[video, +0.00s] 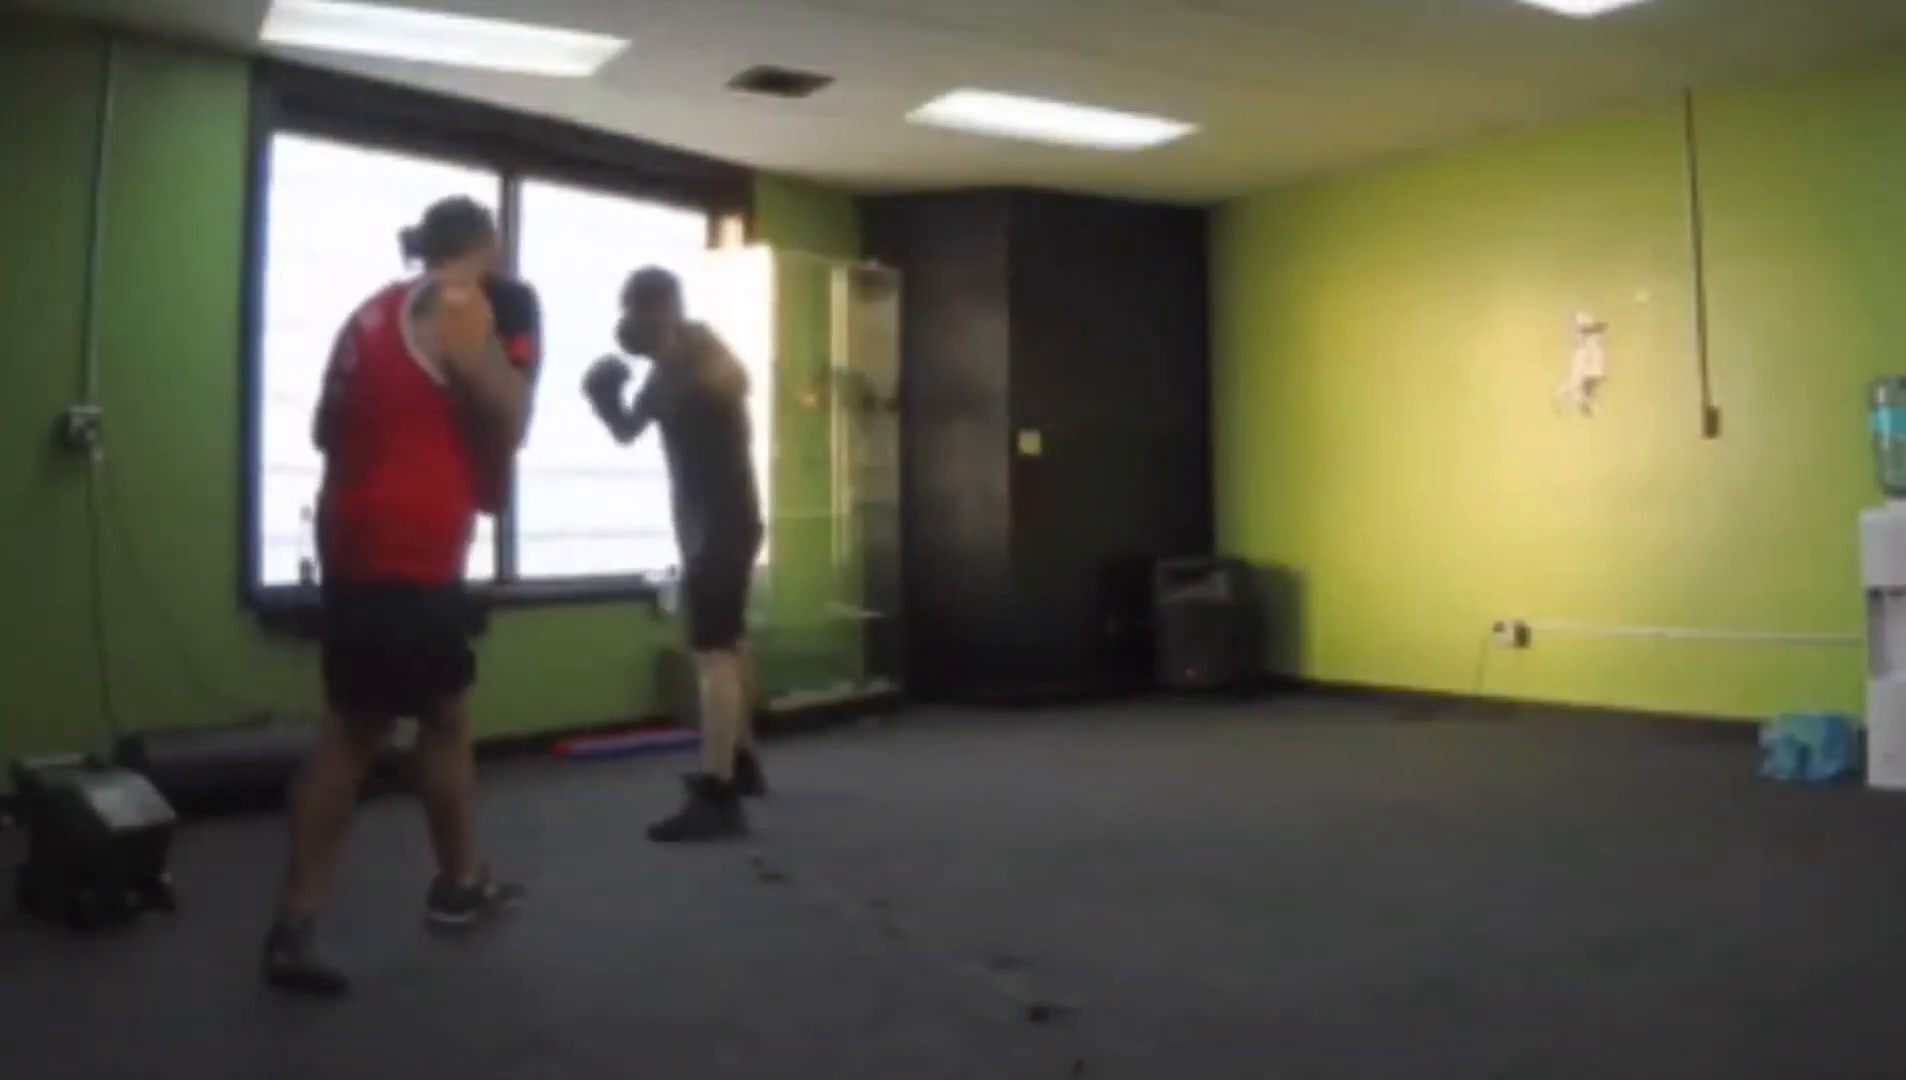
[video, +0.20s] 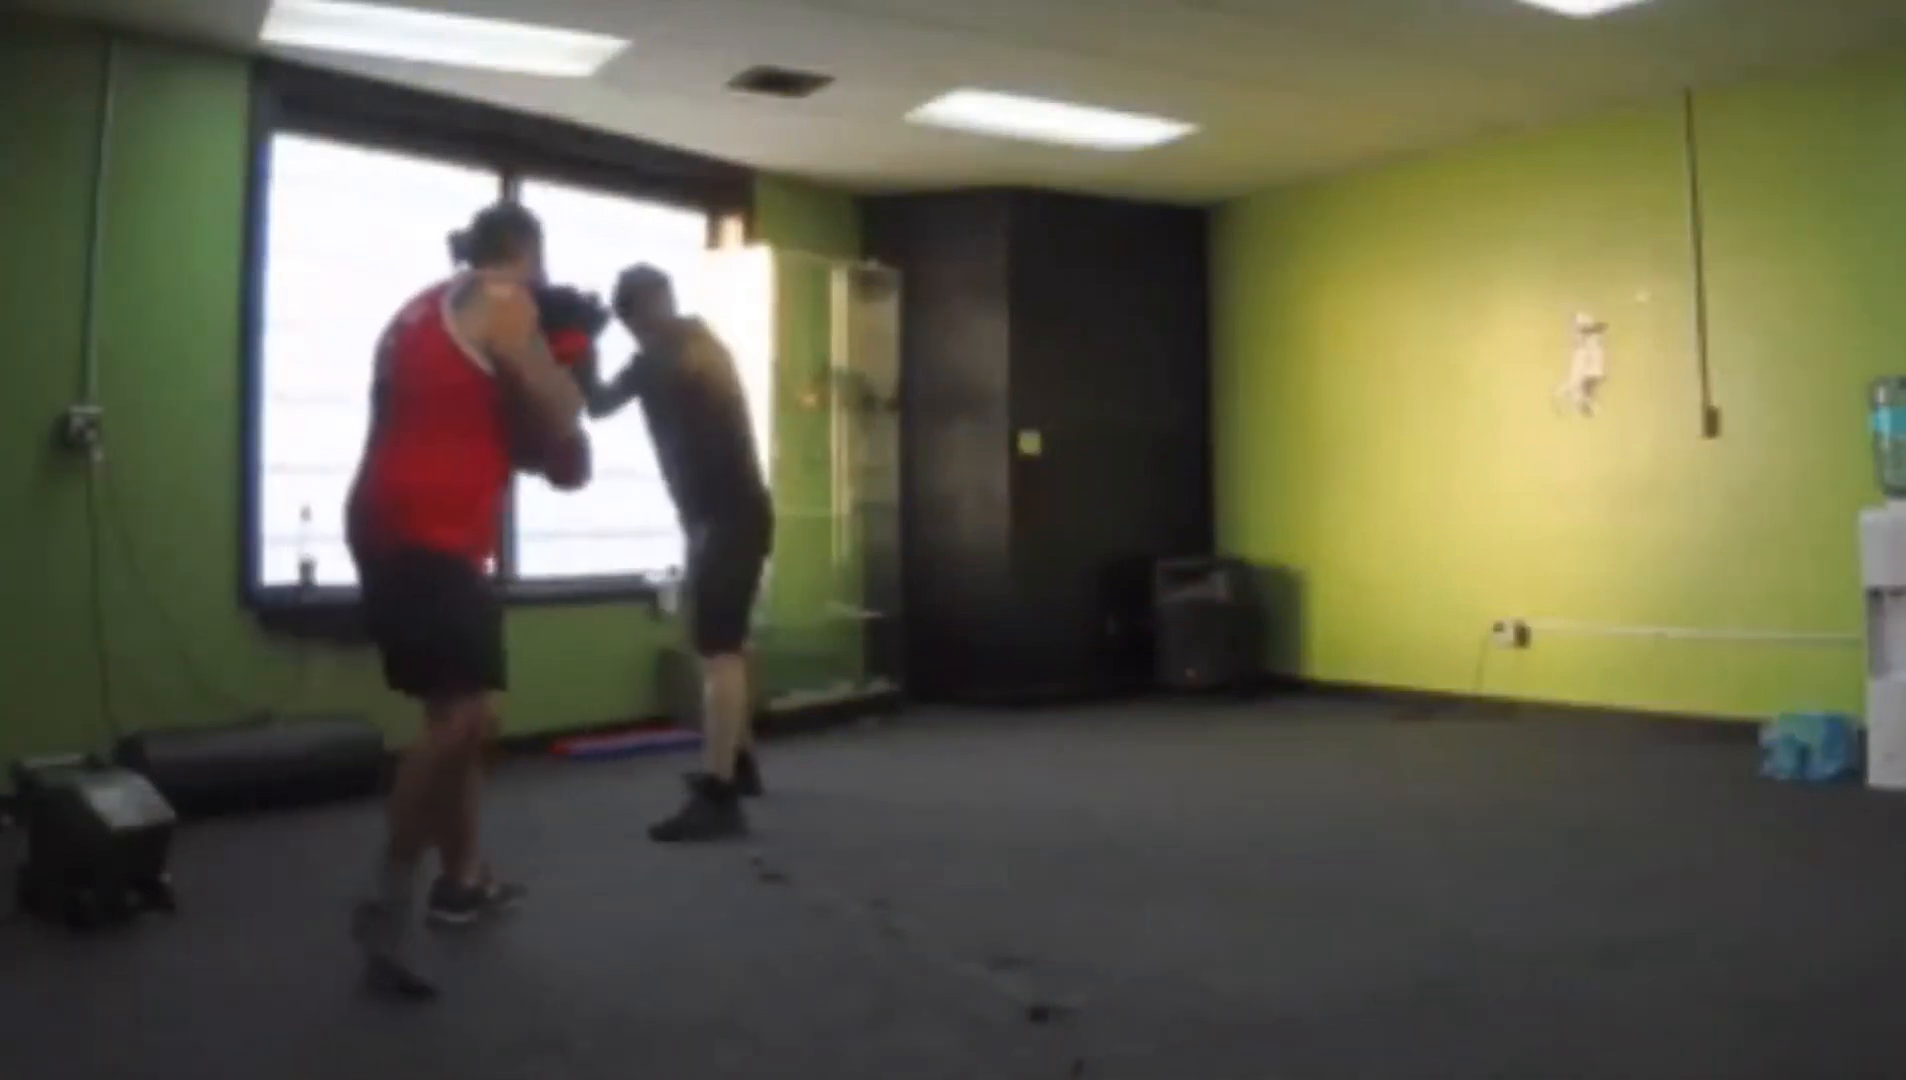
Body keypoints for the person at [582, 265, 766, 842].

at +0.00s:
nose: (624, 327)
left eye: (630, 315)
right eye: (624, 315)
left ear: (657, 312)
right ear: (665, 309)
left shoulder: (679, 362)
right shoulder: (701, 352)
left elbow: (625, 429)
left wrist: (602, 391)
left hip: (715, 527)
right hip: (726, 521)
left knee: (714, 653)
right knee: (724, 647)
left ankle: (715, 788)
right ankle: (738, 759)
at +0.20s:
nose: (634, 328)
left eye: (635, 317)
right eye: (632, 317)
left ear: (641, 311)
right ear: (666, 300)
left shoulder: (659, 357)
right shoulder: (700, 340)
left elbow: (600, 402)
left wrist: (576, 354)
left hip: (722, 517)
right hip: (742, 510)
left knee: (717, 650)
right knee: (725, 646)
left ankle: (716, 789)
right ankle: (737, 760)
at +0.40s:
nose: (632, 320)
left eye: (635, 308)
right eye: (627, 311)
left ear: (653, 303)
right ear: (635, 311)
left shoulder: (686, 340)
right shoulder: (653, 353)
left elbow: (721, 396)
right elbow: (637, 420)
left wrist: (649, 380)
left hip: (736, 516)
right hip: (711, 517)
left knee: (723, 649)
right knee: (725, 645)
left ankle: (719, 788)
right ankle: (745, 752)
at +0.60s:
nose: (627, 330)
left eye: (631, 316)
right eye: (622, 319)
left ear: (651, 304)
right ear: (649, 304)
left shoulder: (692, 343)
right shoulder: (645, 361)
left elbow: (754, 402)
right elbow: (637, 428)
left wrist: (703, 437)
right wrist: (650, 445)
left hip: (731, 517)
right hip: (701, 519)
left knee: (717, 649)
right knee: (727, 645)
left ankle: (719, 787)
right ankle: (747, 755)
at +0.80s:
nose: (644, 330)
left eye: (647, 319)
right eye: (650, 318)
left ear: (658, 319)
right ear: (690, 312)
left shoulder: (685, 356)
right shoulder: (713, 351)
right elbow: (764, 411)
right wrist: (715, 438)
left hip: (710, 518)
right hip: (723, 515)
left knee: (703, 649)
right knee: (726, 643)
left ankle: (718, 786)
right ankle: (747, 756)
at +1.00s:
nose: (628, 321)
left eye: (633, 306)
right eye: (623, 309)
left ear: (662, 300)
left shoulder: (700, 357)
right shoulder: (656, 362)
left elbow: (745, 438)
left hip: (711, 522)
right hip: (683, 521)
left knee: (699, 654)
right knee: (708, 651)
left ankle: (723, 791)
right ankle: (748, 757)